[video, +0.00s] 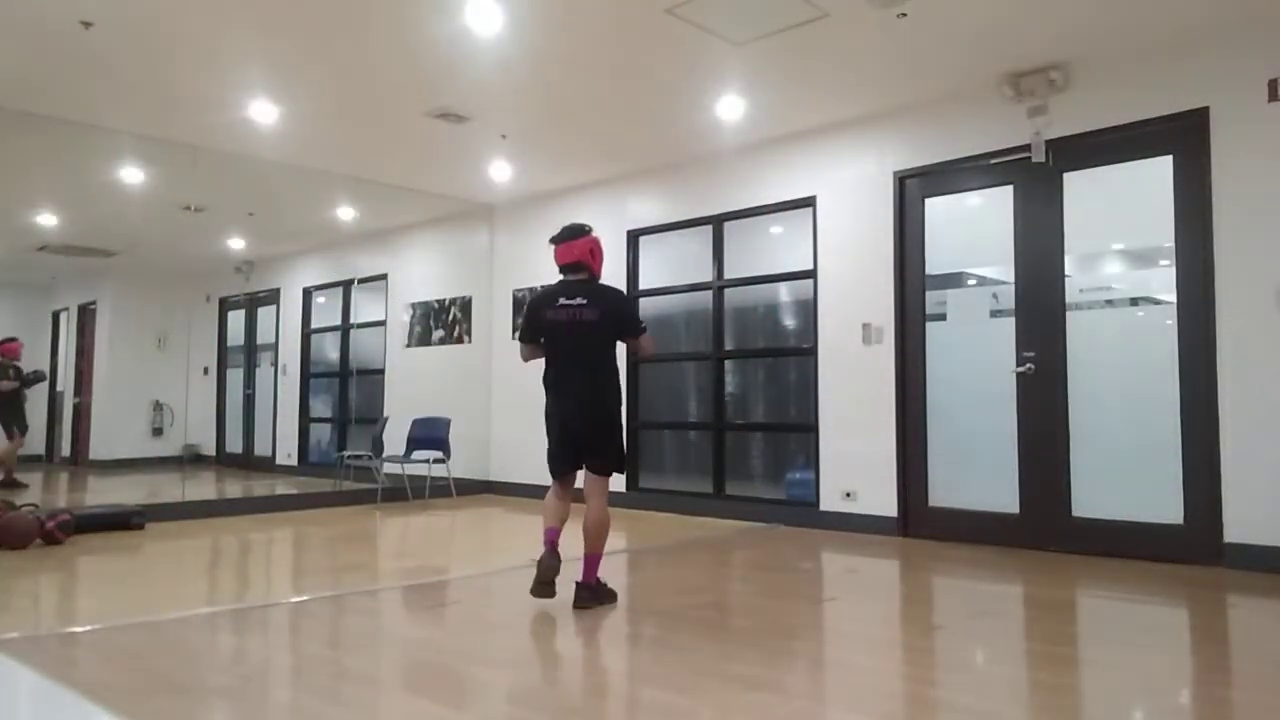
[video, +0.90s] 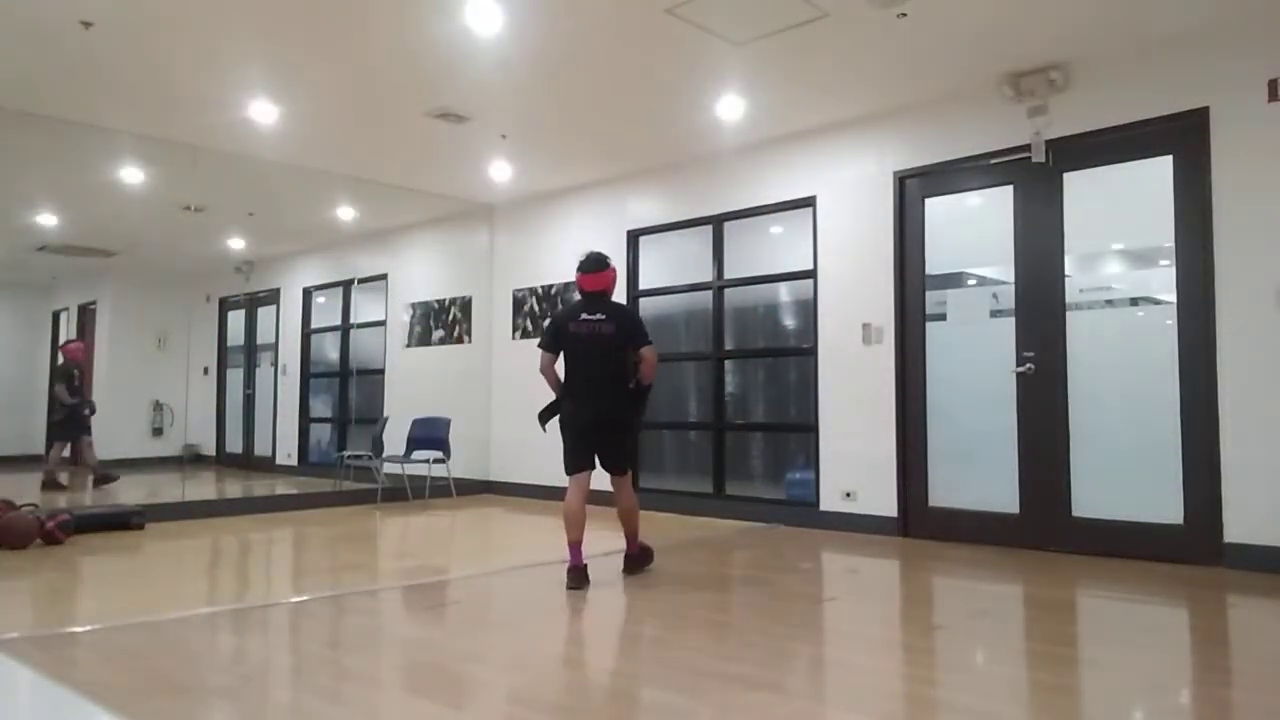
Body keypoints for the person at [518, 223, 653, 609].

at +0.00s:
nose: (601, 257)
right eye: (598, 251)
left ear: (559, 260)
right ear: (594, 256)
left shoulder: (541, 301)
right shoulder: (613, 299)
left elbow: (528, 352)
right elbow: (643, 347)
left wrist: (560, 342)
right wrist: (620, 332)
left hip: (560, 408)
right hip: (601, 407)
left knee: (561, 484)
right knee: (597, 493)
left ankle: (549, 552)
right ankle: (588, 584)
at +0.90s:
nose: (610, 282)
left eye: (595, 277)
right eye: (609, 277)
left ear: (579, 282)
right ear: (611, 281)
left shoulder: (562, 319)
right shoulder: (626, 316)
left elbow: (546, 366)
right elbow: (649, 359)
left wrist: (563, 396)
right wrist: (640, 388)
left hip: (576, 411)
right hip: (616, 409)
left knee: (576, 484)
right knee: (622, 483)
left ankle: (576, 567)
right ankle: (633, 552)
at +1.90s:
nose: (595, 299)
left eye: (597, 295)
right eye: (597, 294)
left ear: (602, 297)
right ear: (629, 296)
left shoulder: (592, 331)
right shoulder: (644, 331)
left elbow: (577, 372)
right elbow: (642, 362)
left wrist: (588, 346)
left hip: (599, 414)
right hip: (630, 413)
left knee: (602, 480)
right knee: (632, 473)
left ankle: (606, 545)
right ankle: (635, 527)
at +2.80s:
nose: (595, 320)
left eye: (597, 314)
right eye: (592, 315)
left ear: (611, 307)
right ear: (597, 312)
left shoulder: (632, 332)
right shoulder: (604, 336)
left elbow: (636, 371)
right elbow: (595, 367)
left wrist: (602, 372)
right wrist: (582, 372)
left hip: (619, 413)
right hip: (607, 411)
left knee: (604, 471)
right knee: (617, 471)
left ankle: (605, 541)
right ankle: (627, 537)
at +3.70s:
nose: (597, 314)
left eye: (603, 308)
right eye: (594, 308)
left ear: (617, 305)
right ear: (590, 307)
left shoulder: (631, 330)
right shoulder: (588, 332)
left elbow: (631, 367)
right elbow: (567, 358)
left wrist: (599, 380)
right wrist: (568, 357)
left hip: (618, 414)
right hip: (589, 412)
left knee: (618, 476)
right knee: (566, 469)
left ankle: (620, 542)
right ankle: (585, 529)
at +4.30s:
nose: (566, 304)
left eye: (573, 297)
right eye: (559, 297)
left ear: (582, 300)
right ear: (550, 300)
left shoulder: (591, 329)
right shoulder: (539, 330)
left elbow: (602, 368)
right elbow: (510, 361)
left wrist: (566, 380)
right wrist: (538, 359)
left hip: (578, 411)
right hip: (547, 411)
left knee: (582, 477)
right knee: (550, 476)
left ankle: (605, 535)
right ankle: (554, 545)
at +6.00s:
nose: (545, 282)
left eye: (552, 275)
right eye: (536, 275)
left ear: (562, 278)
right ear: (523, 279)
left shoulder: (571, 310)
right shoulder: (509, 313)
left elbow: (595, 341)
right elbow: (478, 341)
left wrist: (574, 334)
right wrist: (509, 330)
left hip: (562, 410)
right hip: (522, 411)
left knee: (572, 490)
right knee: (524, 488)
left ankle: (563, 541)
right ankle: (525, 570)